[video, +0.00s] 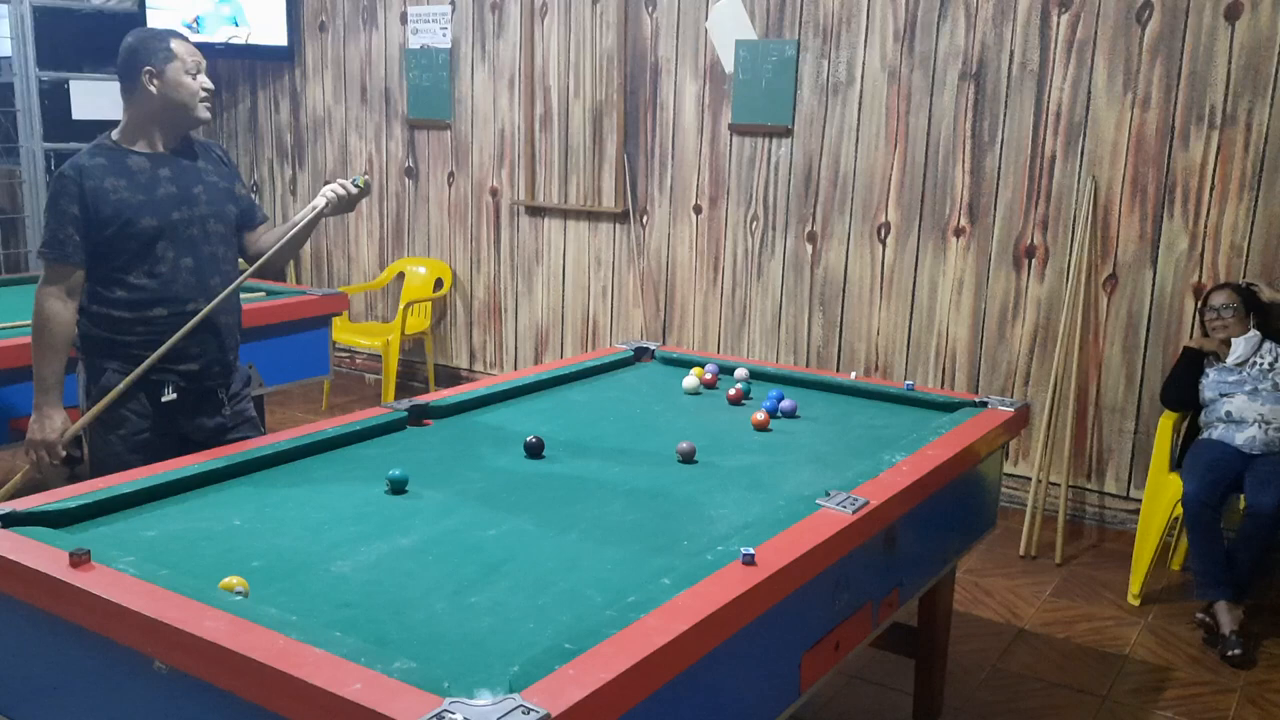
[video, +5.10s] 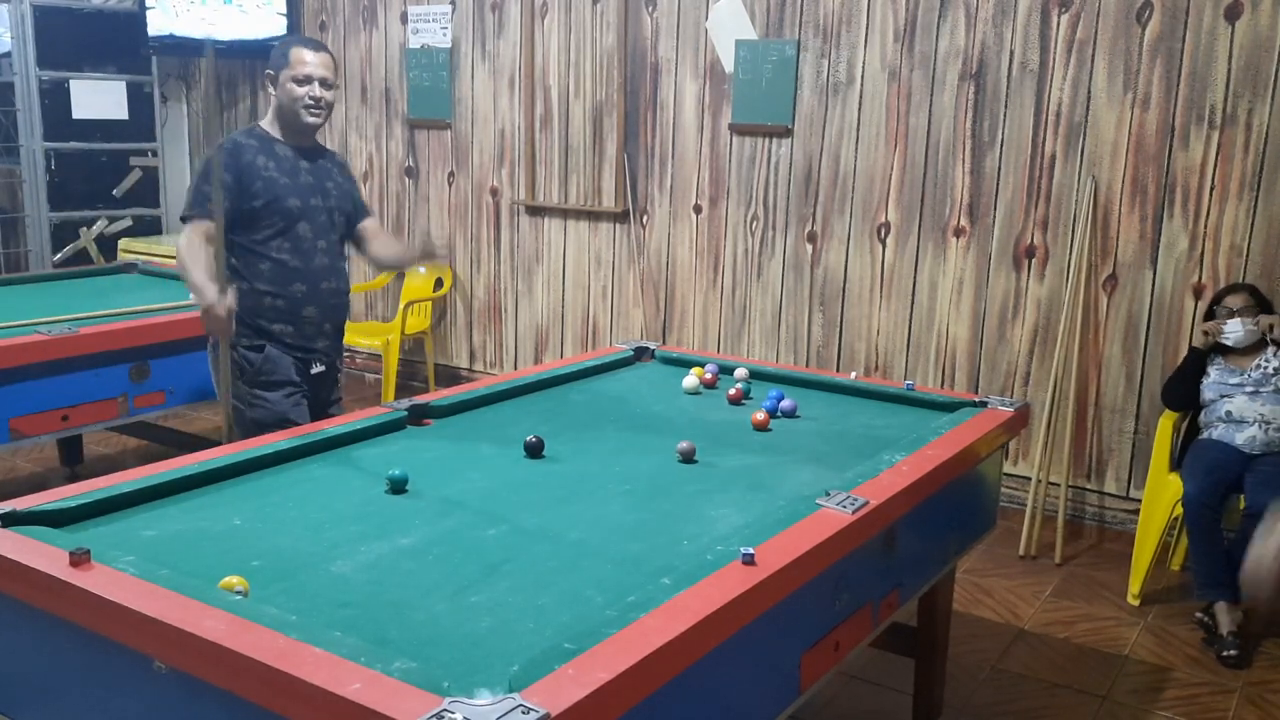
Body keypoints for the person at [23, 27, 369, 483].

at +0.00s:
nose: (209, 84)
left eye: (206, 73)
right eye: (195, 72)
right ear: (152, 79)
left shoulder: (213, 160)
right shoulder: (83, 177)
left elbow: (264, 255)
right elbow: (59, 293)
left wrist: (320, 206)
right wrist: (46, 407)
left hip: (222, 393)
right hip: (128, 402)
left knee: (248, 539)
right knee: (138, 548)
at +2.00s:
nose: (212, 97)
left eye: (210, 85)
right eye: (199, 84)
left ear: (160, 84)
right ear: (156, 83)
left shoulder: (214, 162)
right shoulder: (85, 175)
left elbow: (268, 251)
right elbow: (46, 285)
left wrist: (347, 225)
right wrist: (31, 393)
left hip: (223, 387)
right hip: (130, 400)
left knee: (255, 534)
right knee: (141, 549)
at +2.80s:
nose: (205, 93)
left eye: (204, 82)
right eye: (192, 81)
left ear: (157, 81)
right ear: (146, 81)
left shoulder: (213, 157)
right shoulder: (80, 174)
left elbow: (265, 247)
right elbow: (45, 285)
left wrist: (347, 290)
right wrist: (37, 394)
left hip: (228, 386)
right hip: (134, 399)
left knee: (253, 539)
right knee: (144, 552)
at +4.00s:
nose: (234, 92)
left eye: (237, 81)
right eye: (217, 79)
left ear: (241, 85)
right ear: (172, 84)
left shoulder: (254, 158)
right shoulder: (129, 179)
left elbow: (293, 257)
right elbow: (110, 292)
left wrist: (340, 337)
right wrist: (108, 398)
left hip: (271, 377)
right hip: (182, 385)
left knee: (292, 527)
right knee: (186, 527)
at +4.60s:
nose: (286, 88)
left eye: (293, 77)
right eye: (270, 76)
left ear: (301, 84)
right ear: (234, 82)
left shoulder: (307, 165)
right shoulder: (202, 171)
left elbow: (322, 261)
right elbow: (189, 277)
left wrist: (364, 337)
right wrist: (185, 385)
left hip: (317, 362)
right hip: (249, 364)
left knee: (321, 493)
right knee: (265, 500)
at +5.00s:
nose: (313, 94)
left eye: (322, 83)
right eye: (298, 81)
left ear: (331, 90)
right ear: (267, 83)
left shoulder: (330, 167)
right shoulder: (229, 161)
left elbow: (354, 255)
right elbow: (195, 252)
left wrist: (407, 313)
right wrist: (205, 335)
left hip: (325, 357)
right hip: (261, 357)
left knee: (327, 485)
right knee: (280, 488)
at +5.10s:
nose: (316, 94)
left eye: (326, 85)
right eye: (303, 81)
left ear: (336, 92)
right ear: (272, 84)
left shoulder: (334, 167)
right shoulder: (235, 155)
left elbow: (373, 241)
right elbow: (195, 238)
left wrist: (411, 252)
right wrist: (209, 295)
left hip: (325, 349)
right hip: (263, 348)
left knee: (324, 472)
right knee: (280, 474)